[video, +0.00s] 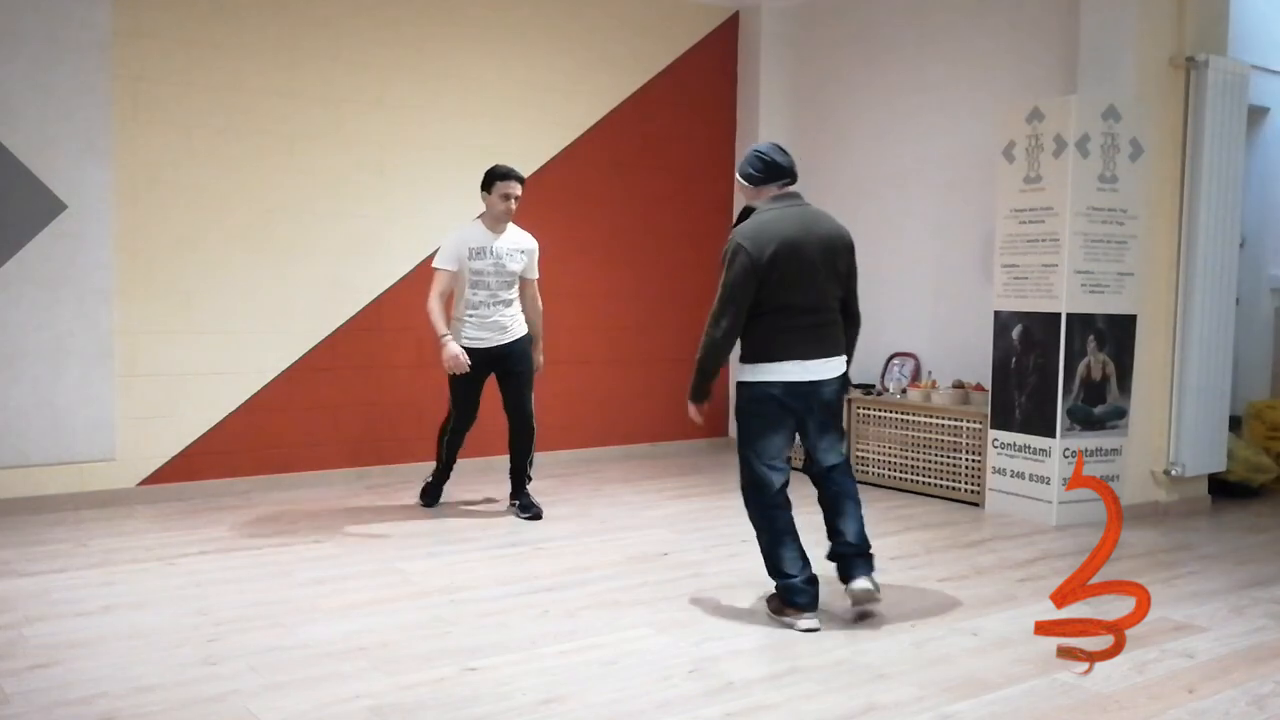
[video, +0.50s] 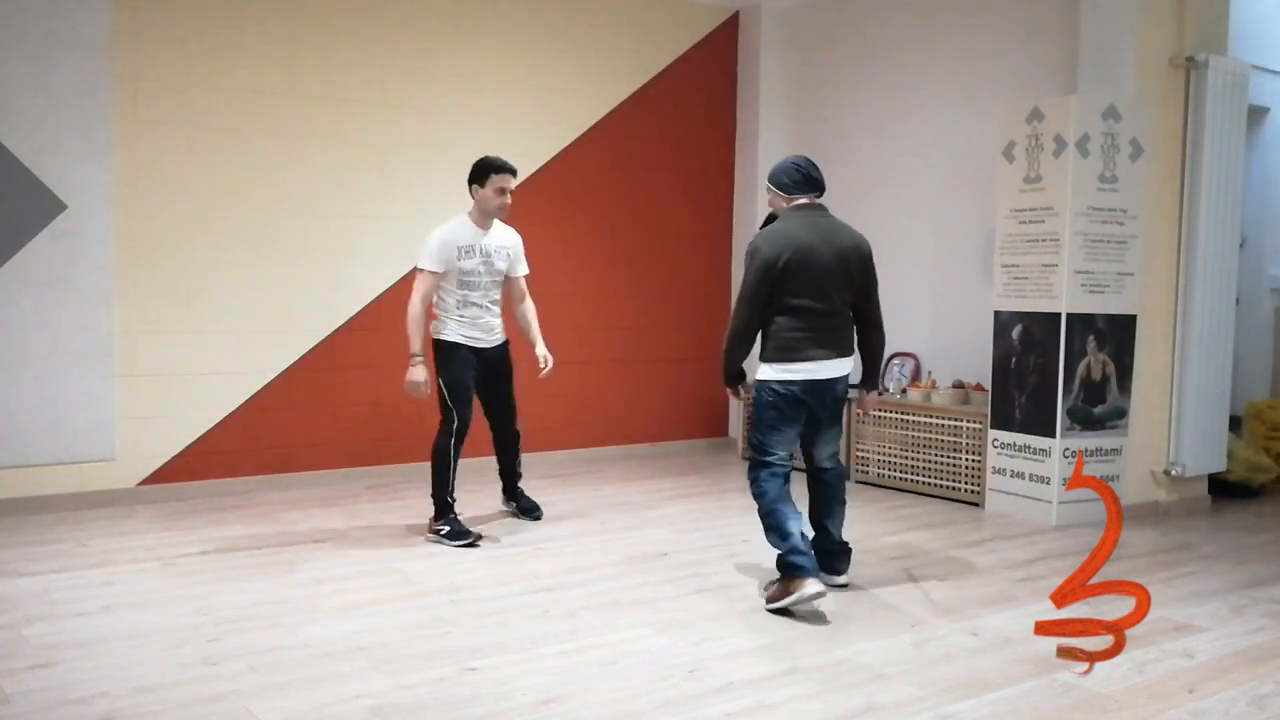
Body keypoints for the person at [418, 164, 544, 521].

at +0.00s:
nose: (512, 204)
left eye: (517, 198)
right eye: (505, 197)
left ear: (520, 200)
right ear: (485, 196)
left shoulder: (526, 244)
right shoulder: (460, 240)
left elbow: (531, 297)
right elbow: (435, 297)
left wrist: (537, 345)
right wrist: (445, 341)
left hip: (514, 344)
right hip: (470, 346)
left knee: (523, 418)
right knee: (460, 419)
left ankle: (520, 491)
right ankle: (439, 477)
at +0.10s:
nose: (517, 201)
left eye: (521, 195)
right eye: (510, 195)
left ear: (524, 196)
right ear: (489, 193)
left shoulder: (530, 240)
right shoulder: (464, 237)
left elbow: (536, 298)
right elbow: (442, 296)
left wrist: (542, 347)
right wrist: (449, 345)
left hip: (518, 343)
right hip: (473, 344)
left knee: (525, 419)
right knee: (469, 415)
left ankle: (520, 492)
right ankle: (448, 478)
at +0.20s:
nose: (519, 199)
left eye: (523, 193)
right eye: (512, 192)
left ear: (526, 194)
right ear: (491, 191)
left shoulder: (532, 238)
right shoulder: (465, 235)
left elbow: (539, 298)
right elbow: (443, 295)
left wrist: (548, 346)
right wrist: (444, 348)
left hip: (518, 342)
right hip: (472, 340)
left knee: (524, 419)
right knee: (470, 411)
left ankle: (520, 494)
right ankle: (448, 495)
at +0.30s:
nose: (518, 199)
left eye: (522, 193)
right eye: (511, 192)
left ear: (525, 194)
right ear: (488, 190)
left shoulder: (529, 239)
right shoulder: (462, 236)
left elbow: (540, 297)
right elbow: (437, 298)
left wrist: (552, 344)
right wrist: (433, 352)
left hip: (515, 342)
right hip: (470, 340)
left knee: (521, 421)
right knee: (468, 413)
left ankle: (519, 494)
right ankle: (442, 503)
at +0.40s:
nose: (513, 200)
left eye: (517, 193)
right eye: (506, 192)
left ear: (518, 195)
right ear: (482, 192)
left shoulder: (522, 240)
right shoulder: (455, 238)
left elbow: (535, 298)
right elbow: (427, 301)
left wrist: (549, 340)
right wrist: (422, 356)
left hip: (508, 345)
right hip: (464, 344)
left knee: (517, 423)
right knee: (459, 420)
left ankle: (517, 494)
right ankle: (442, 511)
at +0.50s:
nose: (508, 199)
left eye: (511, 192)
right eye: (501, 191)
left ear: (511, 194)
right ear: (476, 190)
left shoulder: (510, 240)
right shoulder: (446, 237)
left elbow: (522, 299)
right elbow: (419, 300)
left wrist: (538, 343)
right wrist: (416, 359)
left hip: (494, 345)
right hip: (453, 344)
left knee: (505, 423)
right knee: (457, 423)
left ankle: (512, 492)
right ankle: (442, 515)